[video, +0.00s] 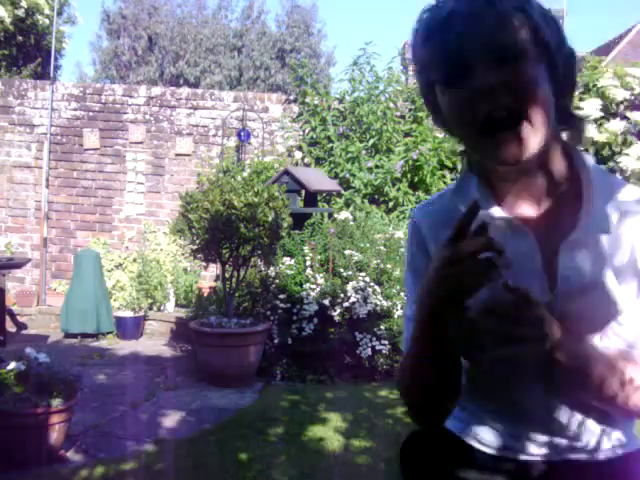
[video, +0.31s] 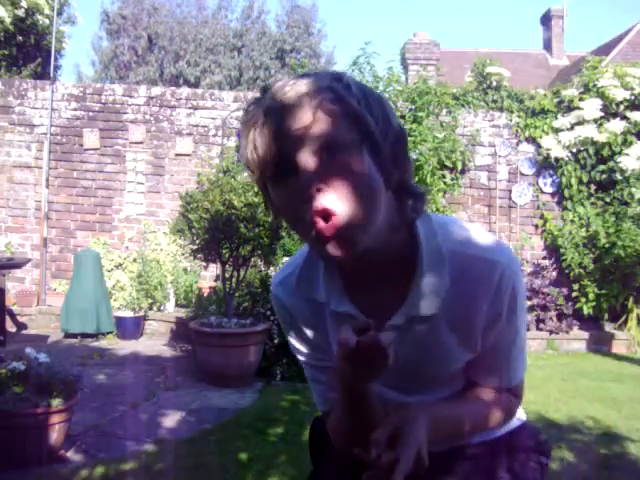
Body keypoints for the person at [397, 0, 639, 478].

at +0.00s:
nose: (489, 87)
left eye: (508, 58)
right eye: (457, 75)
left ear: (557, 73)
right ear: (435, 108)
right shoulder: (434, 226)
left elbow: (637, 399)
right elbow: (424, 408)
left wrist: (557, 346)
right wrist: (438, 300)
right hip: (481, 455)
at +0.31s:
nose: (311, 181)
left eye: (332, 150)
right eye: (285, 171)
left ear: (385, 155)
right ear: (270, 201)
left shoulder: (487, 267)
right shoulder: (293, 292)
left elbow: (499, 398)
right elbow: (347, 439)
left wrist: (425, 420)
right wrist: (353, 384)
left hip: (481, 451)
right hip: (367, 455)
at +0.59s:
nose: (300, 178)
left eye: (319, 150)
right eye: (271, 168)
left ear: (376, 161)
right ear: (259, 201)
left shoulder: (475, 274)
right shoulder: (282, 290)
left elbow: (489, 405)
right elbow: (335, 442)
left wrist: (406, 422)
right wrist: (333, 367)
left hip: (472, 455)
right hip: (357, 457)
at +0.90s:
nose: (297, 175)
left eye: (317, 146)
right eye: (272, 164)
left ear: (378, 158)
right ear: (262, 196)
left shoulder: (474, 273)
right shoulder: (282, 288)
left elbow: (488, 405)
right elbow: (338, 444)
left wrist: (406, 421)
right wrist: (333, 357)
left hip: (471, 455)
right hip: (358, 460)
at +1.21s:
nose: (297, 175)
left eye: (317, 146)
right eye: (273, 165)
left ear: (379, 161)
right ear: (264, 200)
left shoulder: (471, 275)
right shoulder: (282, 287)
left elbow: (485, 406)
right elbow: (336, 439)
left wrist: (400, 418)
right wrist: (333, 348)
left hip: (468, 455)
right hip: (355, 457)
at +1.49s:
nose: (295, 175)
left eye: (317, 146)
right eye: (272, 164)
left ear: (374, 158)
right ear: (262, 194)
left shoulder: (471, 275)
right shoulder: (283, 285)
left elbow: (489, 409)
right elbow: (337, 435)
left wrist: (389, 421)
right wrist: (327, 351)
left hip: (475, 458)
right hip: (367, 459)